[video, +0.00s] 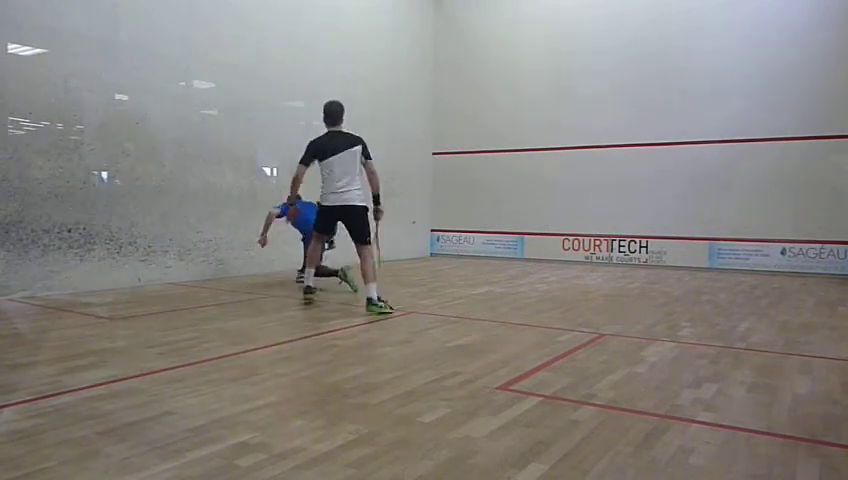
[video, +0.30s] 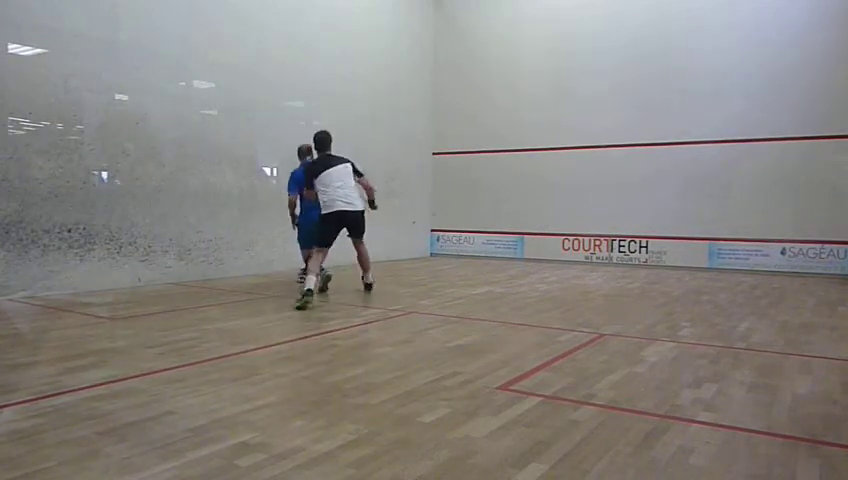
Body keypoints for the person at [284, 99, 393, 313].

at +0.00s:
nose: (332, 119)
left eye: (328, 115)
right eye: (340, 116)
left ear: (324, 118)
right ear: (343, 118)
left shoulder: (316, 144)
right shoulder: (357, 142)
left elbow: (298, 176)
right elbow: (371, 172)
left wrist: (291, 203)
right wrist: (377, 202)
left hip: (328, 206)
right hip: (355, 205)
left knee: (317, 241)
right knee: (365, 250)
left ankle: (308, 284)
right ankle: (373, 298)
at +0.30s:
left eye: (316, 145)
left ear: (314, 147)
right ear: (331, 145)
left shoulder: (311, 168)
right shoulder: (346, 162)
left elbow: (309, 195)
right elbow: (368, 186)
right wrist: (371, 200)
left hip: (331, 212)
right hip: (354, 210)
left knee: (319, 252)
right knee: (359, 244)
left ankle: (309, 288)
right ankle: (368, 280)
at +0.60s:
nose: (337, 129)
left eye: (339, 126)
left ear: (338, 128)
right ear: (353, 130)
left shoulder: (340, 143)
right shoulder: (356, 148)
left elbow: (339, 159)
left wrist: (313, 171)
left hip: (347, 197)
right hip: (361, 197)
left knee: (336, 235)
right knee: (351, 236)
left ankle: (353, 276)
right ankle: (359, 275)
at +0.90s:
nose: (344, 130)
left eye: (345, 126)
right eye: (344, 126)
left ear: (352, 127)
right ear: (355, 128)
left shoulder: (360, 141)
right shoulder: (355, 149)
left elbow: (369, 157)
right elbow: (359, 180)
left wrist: (343, 159)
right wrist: (338, 187)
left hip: (370, 196)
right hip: (363, 196)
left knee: (362, 236)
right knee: (356, 236)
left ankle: (382, 279)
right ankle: (362, 277)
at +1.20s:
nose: (358, 126)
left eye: (362, 122)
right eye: (359, 122)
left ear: (371, 126)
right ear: (368, 126)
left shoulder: (376, 142)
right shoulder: (369, 146)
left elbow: (386, 163)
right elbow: (376, 176)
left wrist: (362, 167)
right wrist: (360, 190)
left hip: (382, 196)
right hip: (374, 196)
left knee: (374, 236)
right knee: (367, 235)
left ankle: (390, 280)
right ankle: (363, 276)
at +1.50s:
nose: (372, 123)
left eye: (377, 120)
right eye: (372, 119)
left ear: (386, 124)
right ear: (374, 122)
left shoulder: (388, 141)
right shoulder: (379, 144)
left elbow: (399, 164)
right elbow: (386, 172)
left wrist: (379, 177)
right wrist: (374, 190)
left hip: (393, 195)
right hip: (385, 194)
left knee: (386, 235)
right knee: (377, 234)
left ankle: (390, 280)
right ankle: (383, 276)